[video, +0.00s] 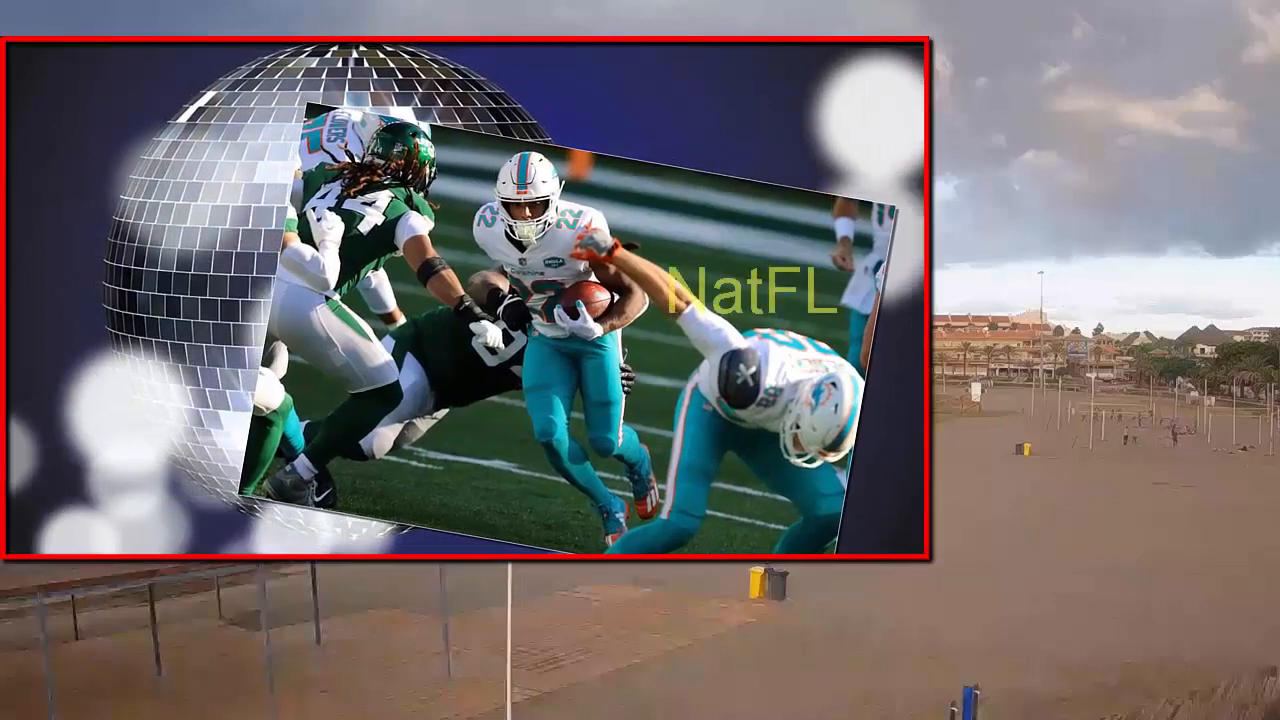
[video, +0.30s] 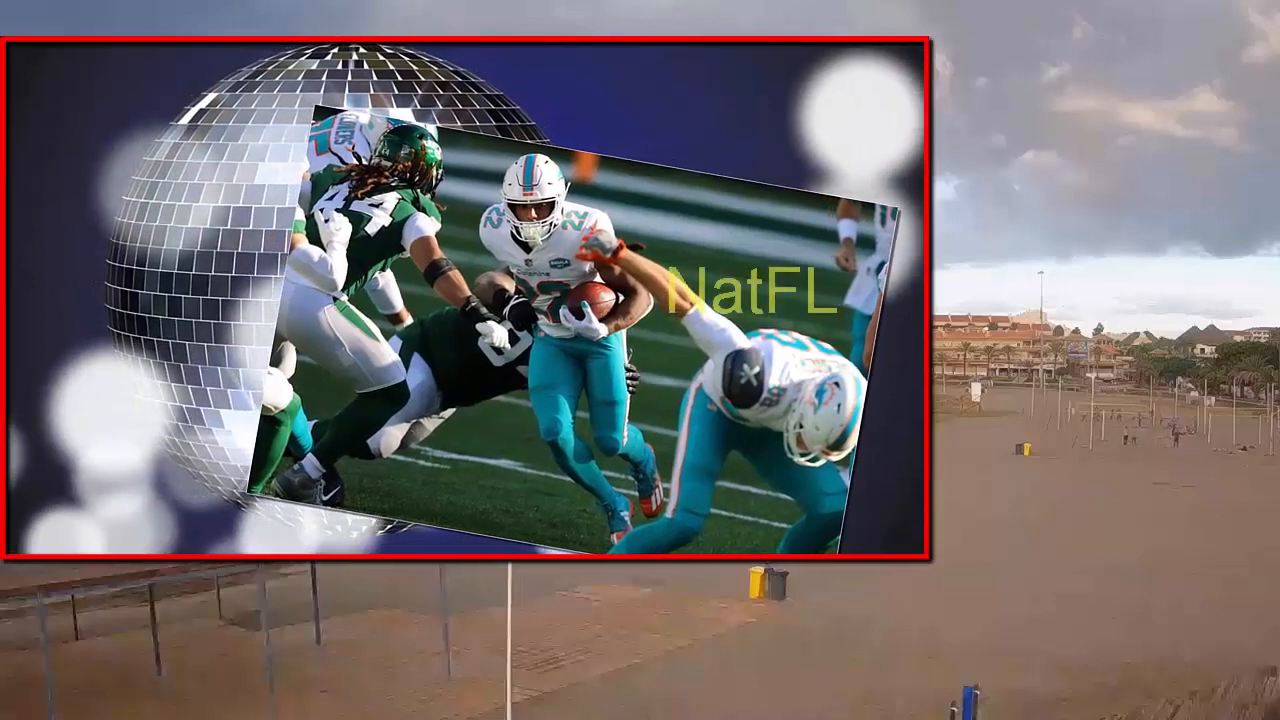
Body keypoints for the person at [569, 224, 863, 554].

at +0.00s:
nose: (809, 459)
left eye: (822, 455)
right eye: (804, 449)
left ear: (849, 432)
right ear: (793, 414)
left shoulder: (858, 415)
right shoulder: (752, 375)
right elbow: (677, 301)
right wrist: (613, 253)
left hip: (769, 426)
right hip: (712, 404)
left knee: (831, 513)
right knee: (681, 523)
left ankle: (770, 582)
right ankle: (600, 571)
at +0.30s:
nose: (811, 458)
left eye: (824, 455)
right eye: (807, 447)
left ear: (852, 434)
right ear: (797, 413)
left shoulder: (861, 417)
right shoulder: (754, 375)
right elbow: (682, 302)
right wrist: (620, 255)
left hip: (773, 425)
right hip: (717, 403)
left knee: (834, 510)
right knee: (686, 522)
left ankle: (774, 581)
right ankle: (604, 572)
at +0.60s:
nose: (815, 457)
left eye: (828, 454)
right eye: (810, 446)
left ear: (856, 433)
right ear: (800, 412)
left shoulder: (866, 416)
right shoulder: (757, 374)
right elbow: (686, 301)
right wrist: (624, 256)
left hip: (776, 425)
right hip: (722, 403)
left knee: (837, 508)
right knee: (690, 520)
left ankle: (777, 582)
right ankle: (609, 571)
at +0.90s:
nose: (817, 457)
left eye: (831, 453)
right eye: (812, 444)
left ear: (856, 431)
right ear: (804, 413)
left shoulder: (867, 414)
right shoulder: (755, 367)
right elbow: (691, 303)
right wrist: (630, 257)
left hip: (778, 424)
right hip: (725, 401)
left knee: (839, 505)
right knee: (694, 519)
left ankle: (778, 582)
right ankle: (614, 569)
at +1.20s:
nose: (820, 455)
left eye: (833, 452)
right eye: (816, 444)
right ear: (807, 411)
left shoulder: (869, 411)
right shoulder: (757, 364)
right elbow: (696, 304)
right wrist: (634, 257)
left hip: (782, 424)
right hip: (728, 401)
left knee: (842, 503)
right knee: (699, 517)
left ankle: (782, 582)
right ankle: (620, 568)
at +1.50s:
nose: (822, 455)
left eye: (835, 452)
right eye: (818, 442)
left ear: (861, 429)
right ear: (810, 409)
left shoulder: (872, 413)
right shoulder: (763, 366)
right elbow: (700, 303)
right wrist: (639, 258)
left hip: (788, 424)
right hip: (733, 401)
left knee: (845, 503)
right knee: (704, 515)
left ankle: (785, 581)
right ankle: (622, 568)